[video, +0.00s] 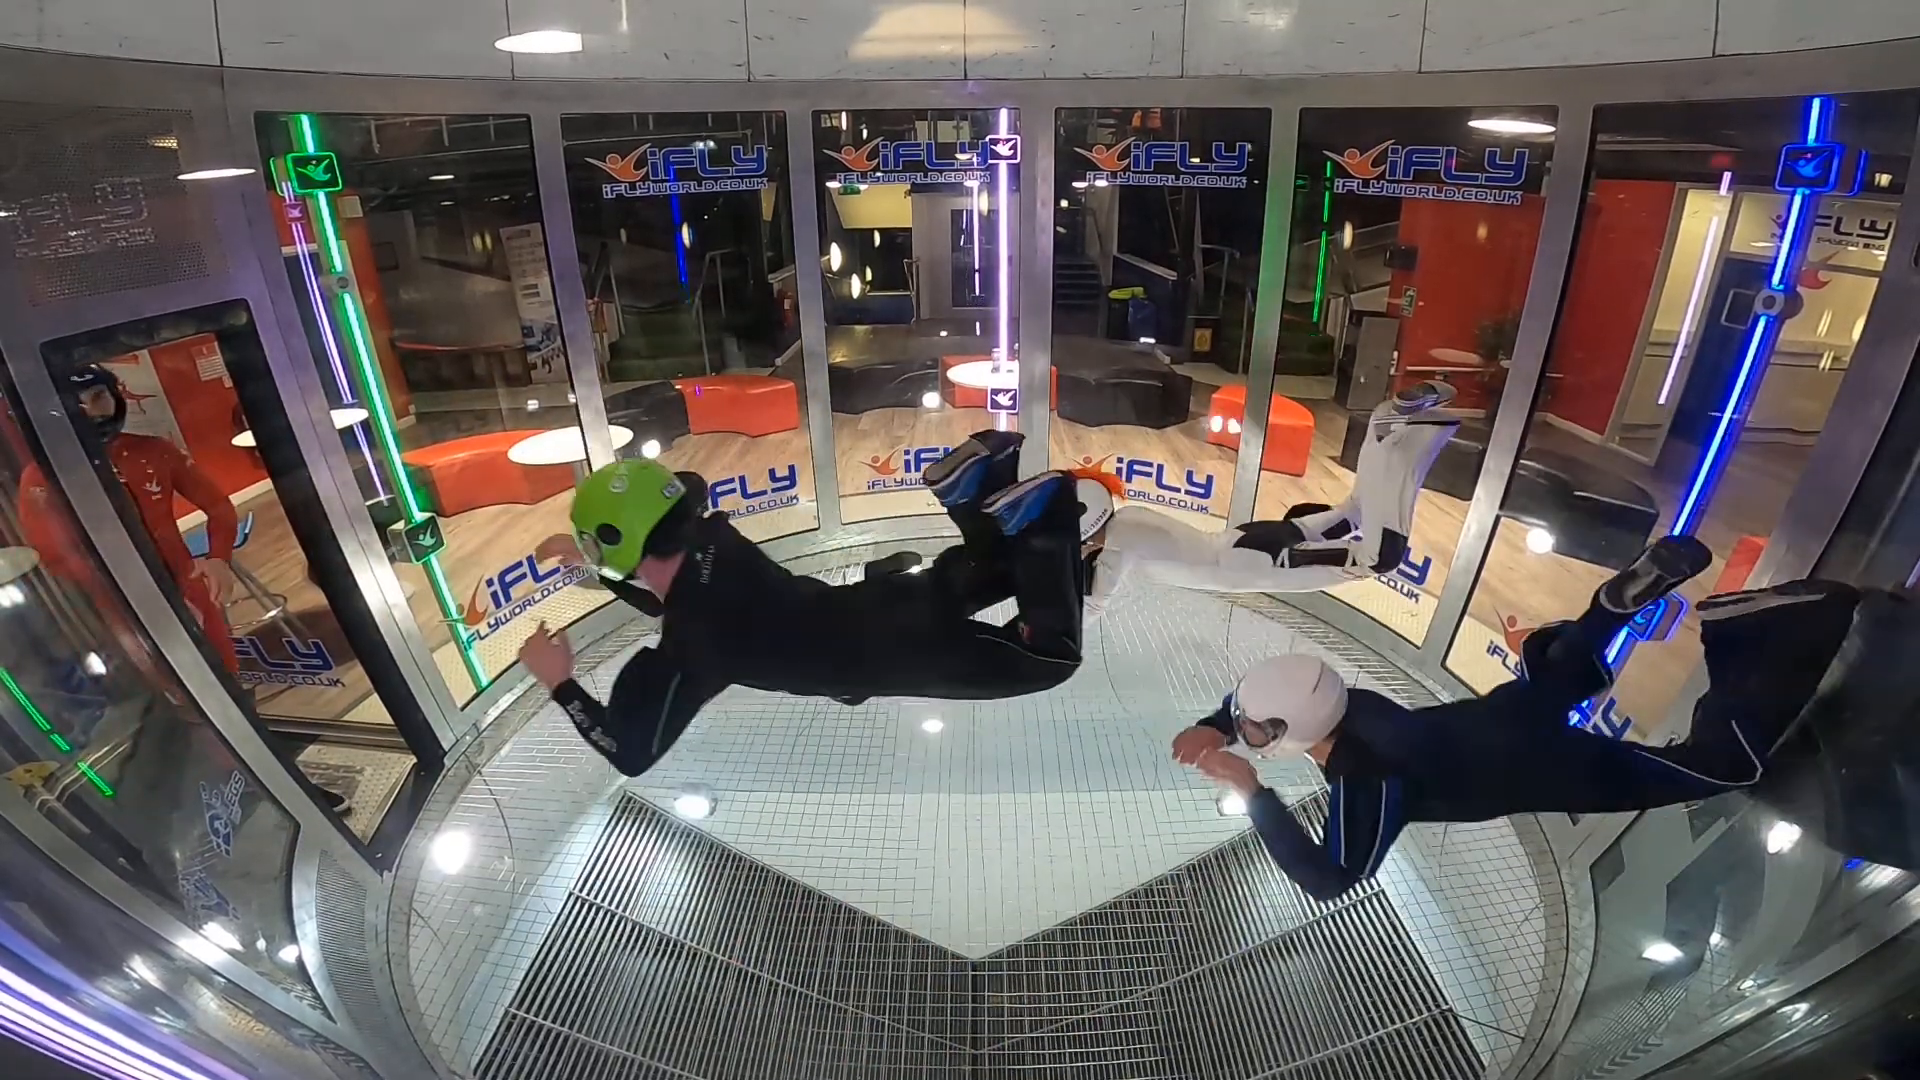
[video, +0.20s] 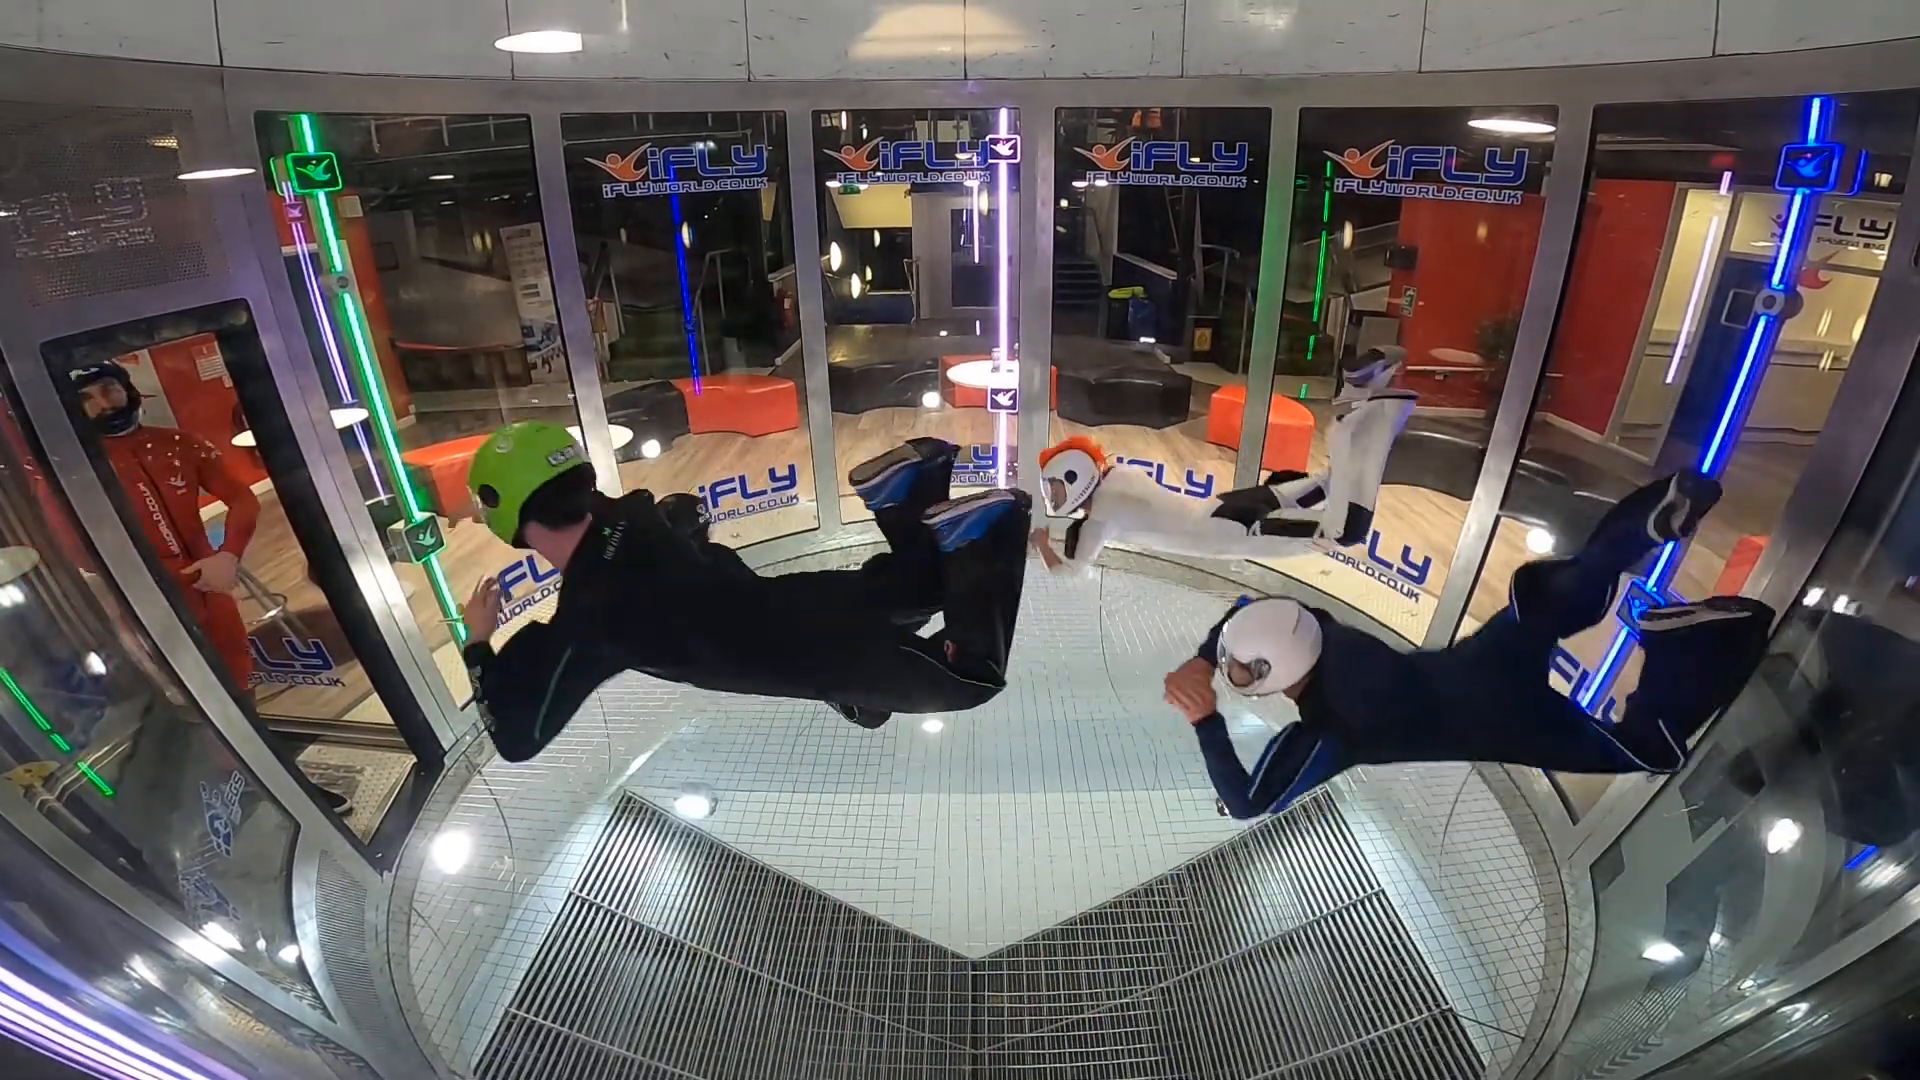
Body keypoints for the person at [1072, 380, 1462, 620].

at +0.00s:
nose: (1079, 541)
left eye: (1078, 531)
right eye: (1079, 529)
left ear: (1089, 530)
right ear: (1101, 507)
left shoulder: (1123, 542)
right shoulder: (1123, 520)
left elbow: (1097, 596)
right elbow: (1104, 591)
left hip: (1252, 561)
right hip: (1246, 538)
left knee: (1381, 556)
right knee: (1355, 520)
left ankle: (1395, 442)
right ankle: (1394, 427)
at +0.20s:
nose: (1052, 498)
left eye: (1056, 489)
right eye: (1049, 489)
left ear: (1077, 485)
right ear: (1084, 473)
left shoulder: (1104, 511)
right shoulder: (1114, 479)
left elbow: (1075, 566)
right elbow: (1085, 540)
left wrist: (1049, 549)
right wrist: (1056, 540)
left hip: (1236, 536)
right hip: (1227, 512)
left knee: (1346, 532)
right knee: (1318, 488)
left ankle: (1362, 429)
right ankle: (1358, 403)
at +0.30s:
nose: (1040, 477)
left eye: (1044, 468)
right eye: (1037, 469)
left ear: (1066, 463)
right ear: (1071, 453)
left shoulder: (1087, 496)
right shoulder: (1103, 456)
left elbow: (1054, 552)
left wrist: (1027, 527)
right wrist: (1047, 520)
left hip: (1212, 516)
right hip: (1211, 491)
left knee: (1323, 529)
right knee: (1303, 470)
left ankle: (1348, 427)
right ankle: (1330, 401)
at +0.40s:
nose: (1022, 461)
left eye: (1026, 452)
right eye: (1020, 452)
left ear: (1049, 444)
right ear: (1056, 435)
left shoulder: (1061, 486)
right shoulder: (1089, 434)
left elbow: (1027, 534)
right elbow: (1096, 429)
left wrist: (1006, 512)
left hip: (1175, 508)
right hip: (1179, 475)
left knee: (1288, 529)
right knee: (1253, 466)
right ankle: (1308, 401)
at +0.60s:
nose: (971, 433)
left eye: (975, 426)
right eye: (968, 426)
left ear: (994, 421)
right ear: (999, 414)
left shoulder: (1009, 456)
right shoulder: (1031, 413)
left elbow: (971, 504)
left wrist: (953, 474)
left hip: (1116, 483)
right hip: (1116, 457)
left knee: (1208, 524)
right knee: (1166, 458)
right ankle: (1221, 454)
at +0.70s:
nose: (942, 424)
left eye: (947, 416)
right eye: (941, 416)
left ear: (967, 409)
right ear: (971, 400)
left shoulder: (977, 446)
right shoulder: (1003, 402)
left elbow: (952, 496)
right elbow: (1036, 415)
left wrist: (935, 482)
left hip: (1079, 479)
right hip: (1084, 450)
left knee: (1166, 522)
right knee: (1135, 458)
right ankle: (1182, 453)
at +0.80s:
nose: (915, 410)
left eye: (920, 401)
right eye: (911, 402)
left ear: (940, 397)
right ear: (944, 393)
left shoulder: (953, 435)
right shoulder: (969, 400)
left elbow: (925, 488)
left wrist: (897, 473)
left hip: (1055, 476)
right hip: (1054, 449)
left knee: (1139, 520)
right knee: (1094, 454)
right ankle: (1143, 455)